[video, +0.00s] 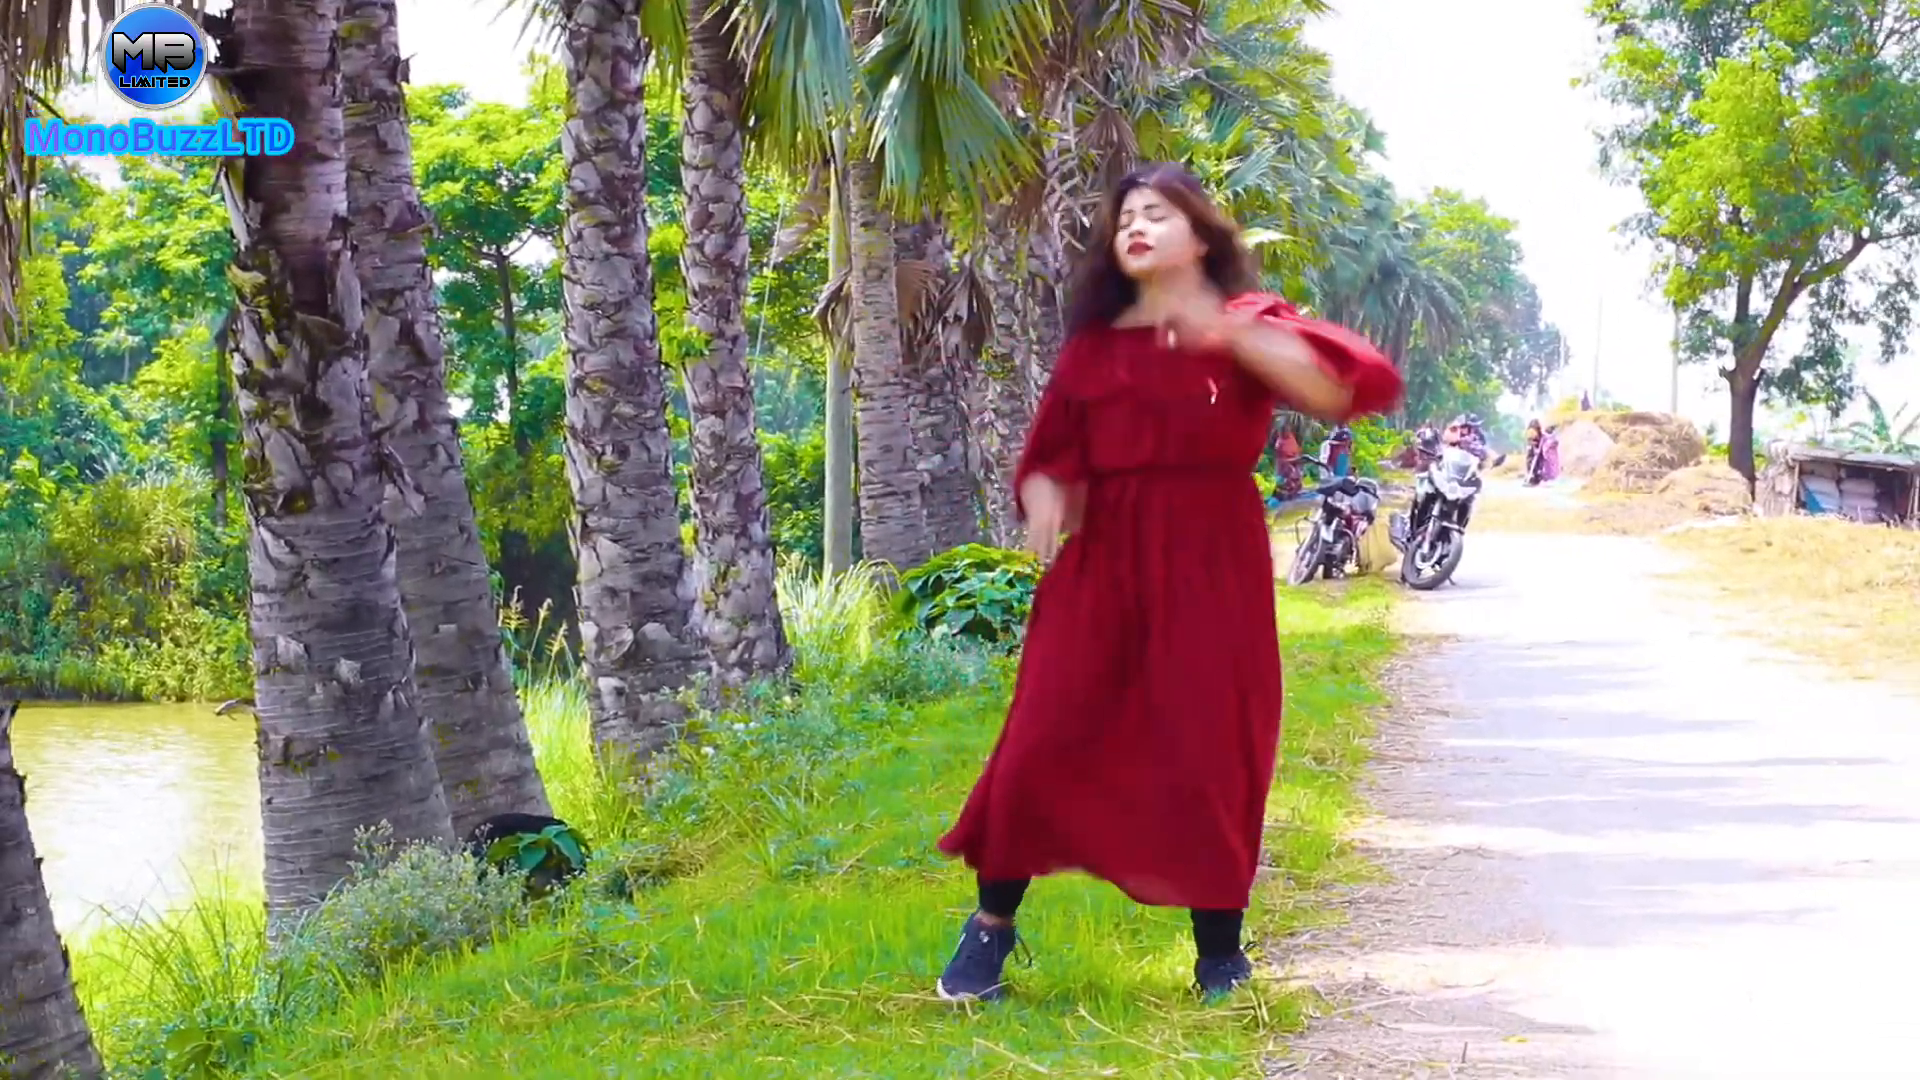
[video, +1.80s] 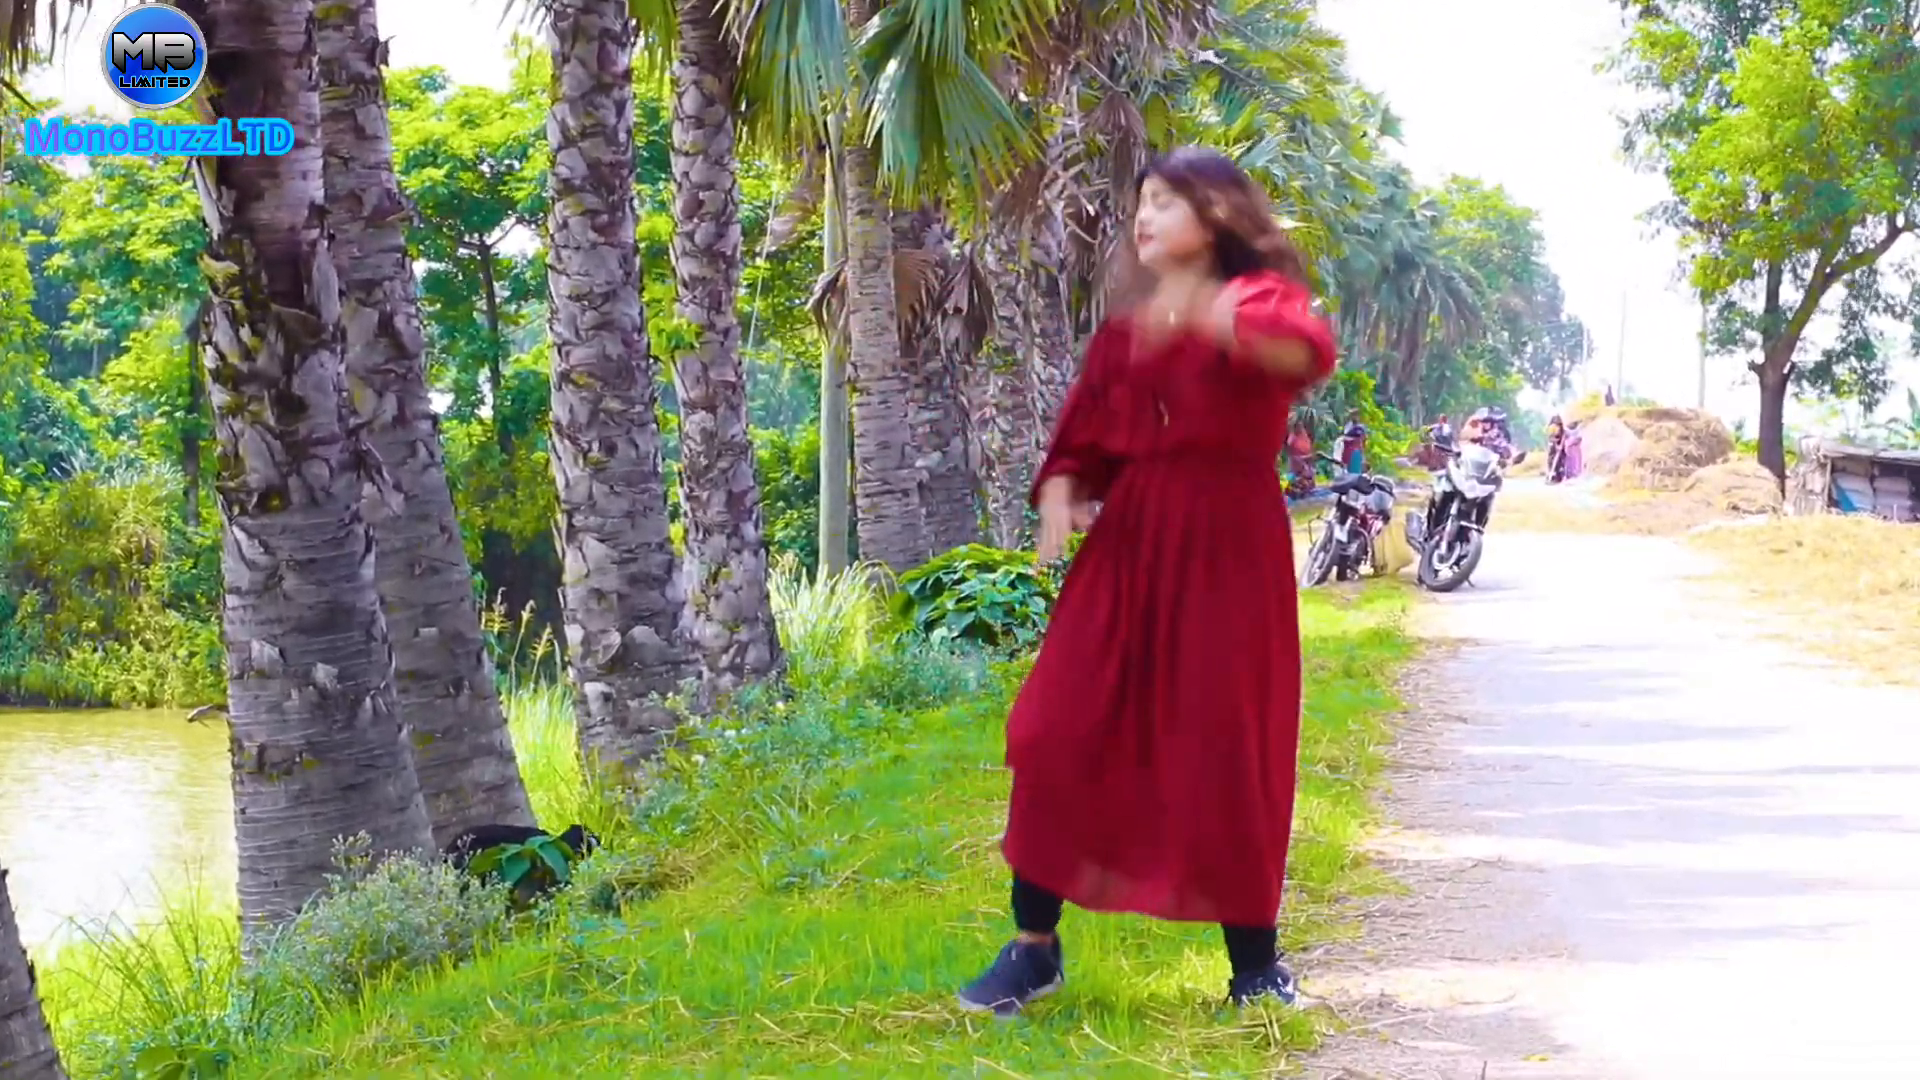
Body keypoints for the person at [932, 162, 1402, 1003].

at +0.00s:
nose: (1137, 225)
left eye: (1156, 213)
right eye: (1125, 220)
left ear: (1199, 232)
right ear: (1115, 249)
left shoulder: (1248, 322)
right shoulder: (1092, 346)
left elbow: (1339, 397)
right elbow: (1049, 452)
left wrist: (1246, 335)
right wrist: (1044, 496)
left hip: (1211, 556)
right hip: (1101, 553)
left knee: (1213, 747)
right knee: (1034, 736)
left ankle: (1221, 955)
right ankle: (989, 928)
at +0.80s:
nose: (1122, 229)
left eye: (1142, 218)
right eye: (1108, 216)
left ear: (1174, 240)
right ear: (1084, 237)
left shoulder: (1218, 342)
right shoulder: (1043, 342)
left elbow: (1295, 475)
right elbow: (965, 468)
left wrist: (1230, 407)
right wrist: (1044, 465)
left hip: (1184, 571)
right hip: (1069, 572)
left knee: (1205, 764)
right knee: (1032, 763)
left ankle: (1233, 974)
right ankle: (1018, 966)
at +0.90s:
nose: (1131, 239)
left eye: (1142, 231)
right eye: (1112, 225)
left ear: (1150, 254)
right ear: (1066, 238)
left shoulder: (1176, 343)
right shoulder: (1012, 332)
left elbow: (1240, 450)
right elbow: (957, 417)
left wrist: (1197, 451)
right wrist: (1065, 342)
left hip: (1153, 559)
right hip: (1043, 559)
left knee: (1189, 741)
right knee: (1028, 746)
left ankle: (1213, 941)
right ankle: (1016, 944)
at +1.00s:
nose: (1133, 215)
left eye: (1139, 203)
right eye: (1116, 198)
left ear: (1142, 220)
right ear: (1060, 206)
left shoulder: (1162, 304)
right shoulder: (1008, 295)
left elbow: (1240, 387)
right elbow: (914, 301)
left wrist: (1216, 432)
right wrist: (1016, 255)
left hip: (1149, 533)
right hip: (1039, 532)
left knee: (1197, 721)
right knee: (1029, 729)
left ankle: (1210, 941)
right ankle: (1015, 949)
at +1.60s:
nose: (1159, 262)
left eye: (1166, 251)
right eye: (1139, 250)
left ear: (1175, 268)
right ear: (1092, 266)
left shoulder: (1191, 348)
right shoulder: (1045, 354)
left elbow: (1300, 425)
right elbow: (919, 373)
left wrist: (1244, 479)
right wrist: (1006, 324)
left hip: (1183, 580)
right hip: (1077, 582)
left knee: (1201, 758)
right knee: (1032, 750)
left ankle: (1234, 944)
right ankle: (1016, 939)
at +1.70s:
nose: (1143, 239)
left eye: (1163, 228)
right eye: (1128, 232)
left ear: (1201, 253)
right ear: (1109, 261)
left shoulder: (1236, 337)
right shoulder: (1084, 359)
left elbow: (1335, 406)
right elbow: (992, 480)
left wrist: (1213, 442)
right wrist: (1051, 416)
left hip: (1208, 564)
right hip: (1103, 562)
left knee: (1221, 759)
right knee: (1052, 753)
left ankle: (1251, 966)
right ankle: (1022, 958)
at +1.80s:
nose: (1143, 217)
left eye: (1162, 202)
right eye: (1141, 204)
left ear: (1214, 215)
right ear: (1141, 226)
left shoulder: (1264, 298)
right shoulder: (1125, 329)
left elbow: (1306, 352)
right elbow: (1075, 441)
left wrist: (1213, 318)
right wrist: (1057, 514)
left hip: (1232, 560)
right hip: (1128, 553)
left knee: (1234, 753)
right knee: (1041, 737)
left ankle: (1256, 971)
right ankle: (1033, 948)